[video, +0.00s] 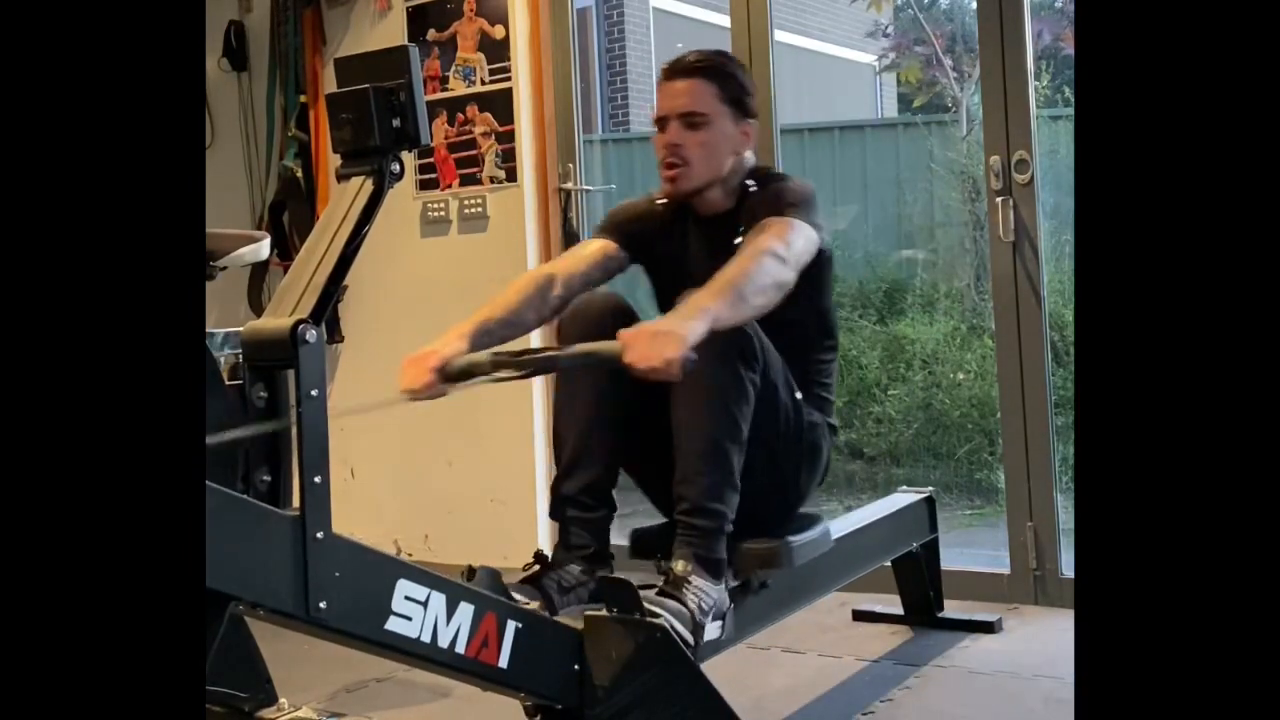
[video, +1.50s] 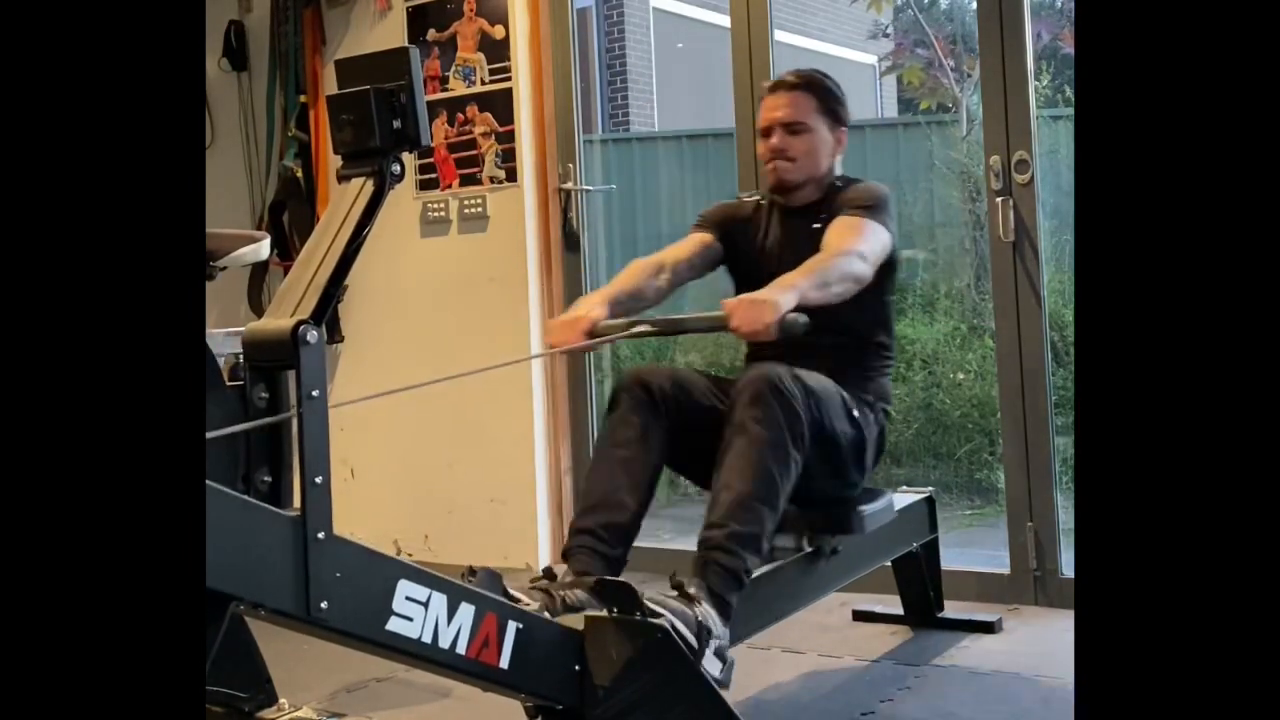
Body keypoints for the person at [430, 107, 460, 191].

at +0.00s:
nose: (446, 117)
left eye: (446, 115)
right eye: (445, 115)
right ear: (440, 115)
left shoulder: (443, 125)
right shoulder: (437, 123)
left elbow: (453, 132)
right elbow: (438, 138)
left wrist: (457, 122)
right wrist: (442, 149)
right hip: (439, 147)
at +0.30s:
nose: (446, 117)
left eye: (446, 115)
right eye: (445, 115)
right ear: (440, 115)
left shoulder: (443, 125)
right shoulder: (437, 123)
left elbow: (453, 132)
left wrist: (457, 122)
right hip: (439, 147)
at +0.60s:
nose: (446, 118)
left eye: (446, 115)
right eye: (444, 115)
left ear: (444, 116)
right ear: (440, 116)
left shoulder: (444, 125)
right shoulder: (437, 123)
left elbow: (453, 132)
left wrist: (457, 122)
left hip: (443, 147)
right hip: (439, 147)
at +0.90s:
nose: (446, 118)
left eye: (446, 115)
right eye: (444, 116)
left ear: (444, 116)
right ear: (440, 116)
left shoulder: (444, 125)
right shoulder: (437, 124)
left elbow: (453, 132)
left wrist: (457, 122)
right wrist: (442, 150)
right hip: (439, 148)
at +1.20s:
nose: (446, 118)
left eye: (446, 115)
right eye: (445, 115)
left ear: (443, 116)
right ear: (441, 115)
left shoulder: (443, 125)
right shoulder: (437, 123)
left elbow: (453, 132)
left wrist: (457, 122)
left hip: (443, 148)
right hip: (439, 148)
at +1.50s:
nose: (446, 118)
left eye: (446, 116)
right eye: (444, 116)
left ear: (444, 116)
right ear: (440, 116)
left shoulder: (444, 125)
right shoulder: (437, 124)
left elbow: (453, 132)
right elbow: (438, 139)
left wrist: (457, 122)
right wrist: (442, 150)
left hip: (443, 148)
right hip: (439, 148)